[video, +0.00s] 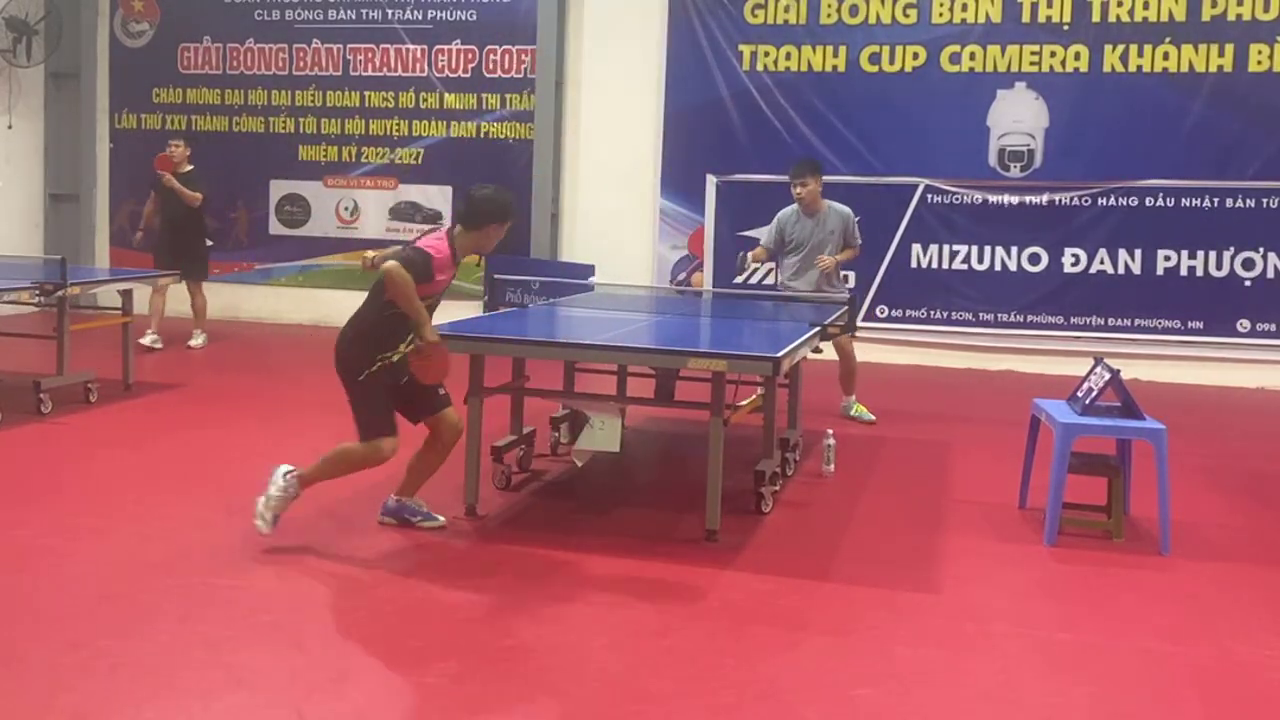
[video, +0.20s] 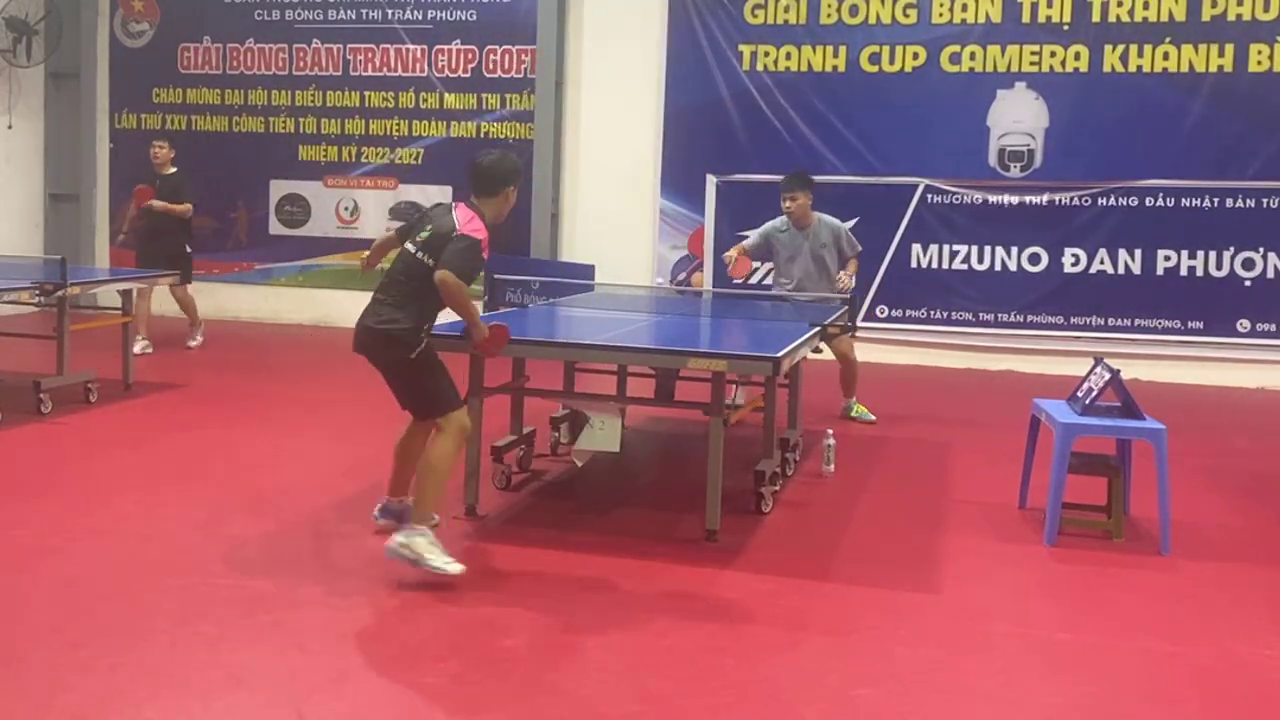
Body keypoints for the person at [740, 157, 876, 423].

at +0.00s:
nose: (797, 192)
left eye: (803, 185)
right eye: (793, 186)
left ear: (819, 184)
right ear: (790, 187)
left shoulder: (842, 215)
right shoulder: (784, 217)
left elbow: (854, 249)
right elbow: (767, 249)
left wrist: (836, 259)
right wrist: (751, 256)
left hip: (830, 298)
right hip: (790, 297)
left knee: (845, 346)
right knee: (770, 342)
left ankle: (849, 402)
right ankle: (763, 393)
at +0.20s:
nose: (787, 206)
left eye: (793, 199)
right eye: (784, 200)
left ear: (809, 199)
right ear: (780, 201)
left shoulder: (833, 228)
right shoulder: (774, 229)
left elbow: (852, 257)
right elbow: (746, 247)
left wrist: (849, 274)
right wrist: (734, 252)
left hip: (826, 306)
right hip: (784, 306)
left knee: (848, 356)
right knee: (744, 338)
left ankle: (850, 403)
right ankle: (740, 394)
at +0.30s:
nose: (770, 211)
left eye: (776, 206)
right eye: (767, 206)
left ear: (792, 205)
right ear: (763, 207)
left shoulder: (817, 231)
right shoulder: (757, 234)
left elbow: (837, 258)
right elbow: (723, 250)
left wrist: (844, 278)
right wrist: (719, 256)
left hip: (814, 311)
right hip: (773, 311)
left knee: (836, 355)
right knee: (739, 350)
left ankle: (848, 403)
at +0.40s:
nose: (750, 219)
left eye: (755, 212)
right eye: (746, 213)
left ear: (771, 211)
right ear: (743, 215)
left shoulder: (793, 234)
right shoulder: (737, 240)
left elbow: (816, 259)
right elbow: (703, 256)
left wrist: (835, 280)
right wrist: (701, 260)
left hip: (792, 312)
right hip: (750, 314)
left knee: (817, 353)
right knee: (717, 356)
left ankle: (847, 403)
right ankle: (709, 411)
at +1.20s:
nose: (765, 184)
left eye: (771, 179)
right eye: (760, 180)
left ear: (782, 180)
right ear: (755, 184)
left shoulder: (804, 211)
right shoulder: (746, 217)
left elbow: (817, 245)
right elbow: (729, 251)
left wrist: (809, 262)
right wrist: (714, 258)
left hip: (797, 291)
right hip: (756, 289)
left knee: (811, 347)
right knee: (725, 332)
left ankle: (809, 399)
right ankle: (713, 390)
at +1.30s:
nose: (757, 186)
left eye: (763, 180)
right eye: (754, 181)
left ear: (778, 179)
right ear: (750, 183)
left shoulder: (801, 209)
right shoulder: (745, 217)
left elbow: (814, 245)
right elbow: (728, 248)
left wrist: (795, 263)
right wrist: (713, 258)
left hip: (798, 290)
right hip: (756, 288)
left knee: (816, 343)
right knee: (726, 330)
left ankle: (824, 396)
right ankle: (714, 387)